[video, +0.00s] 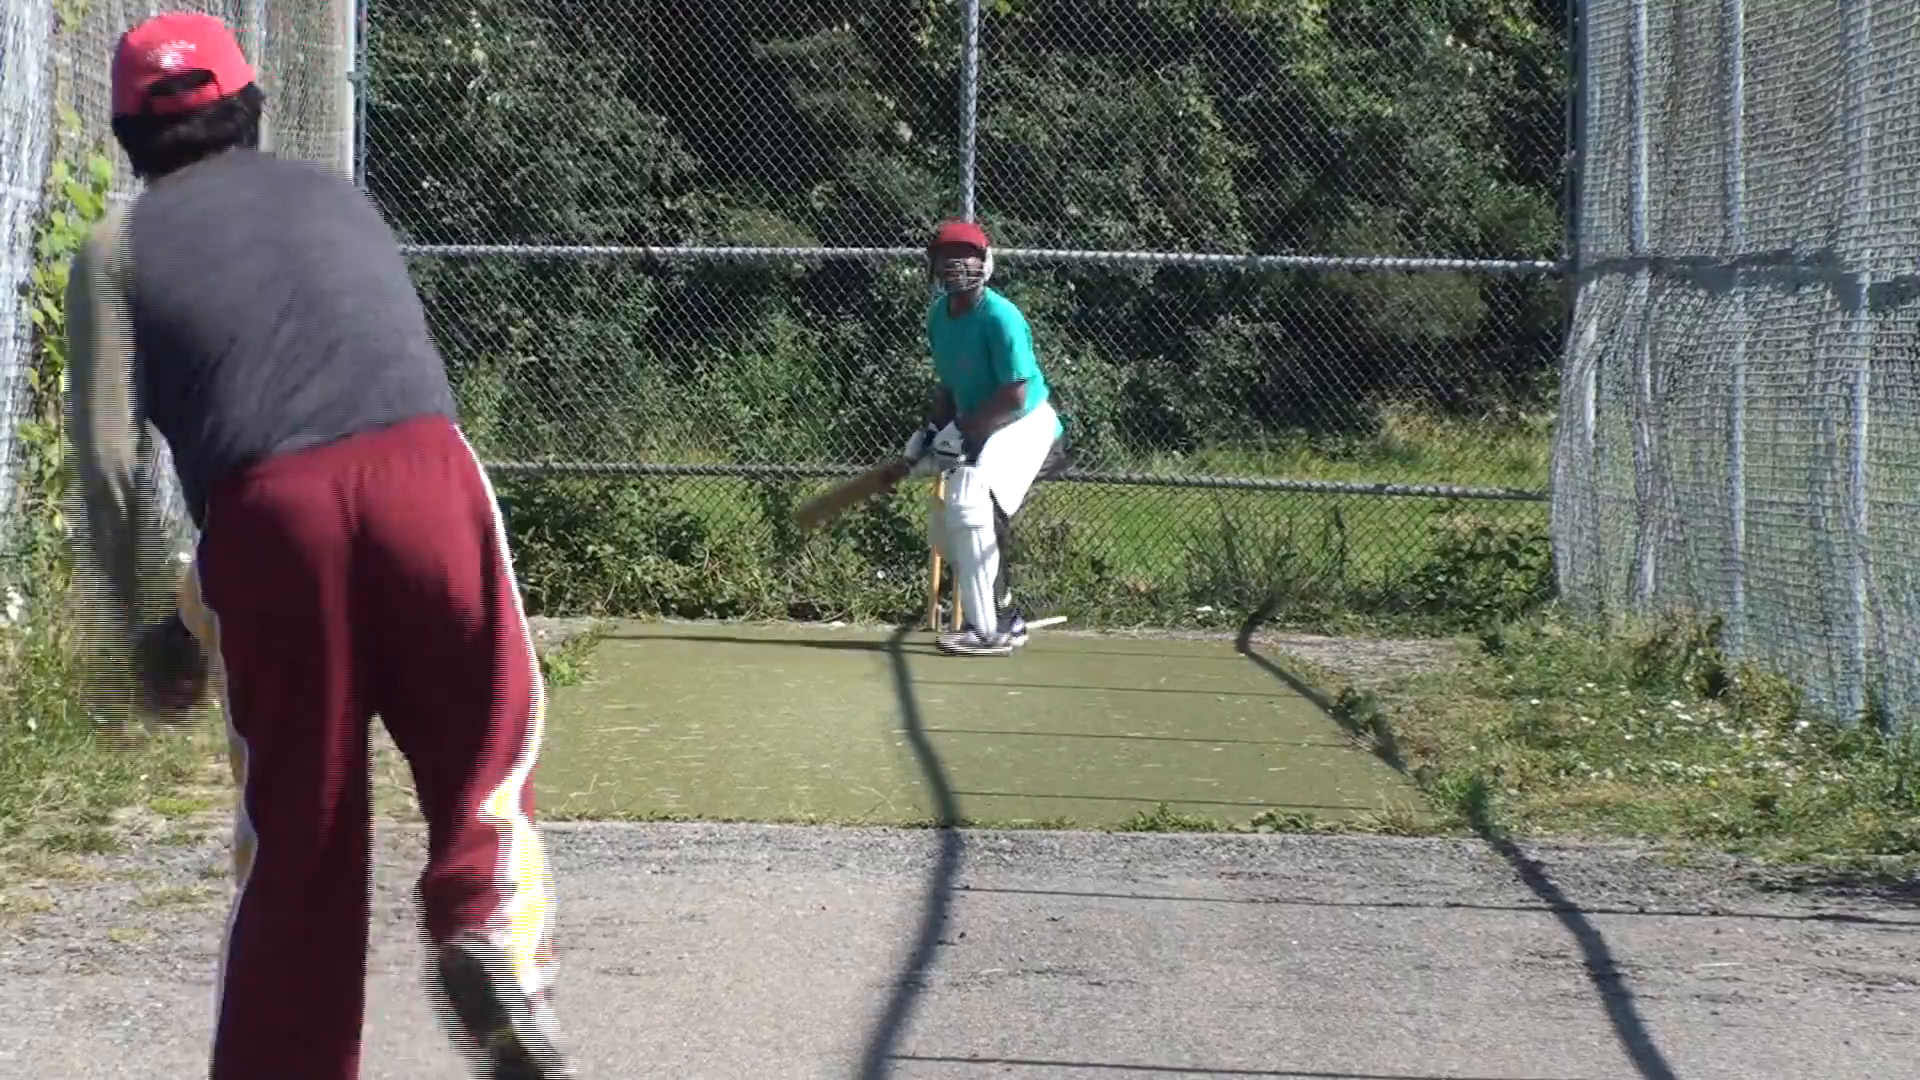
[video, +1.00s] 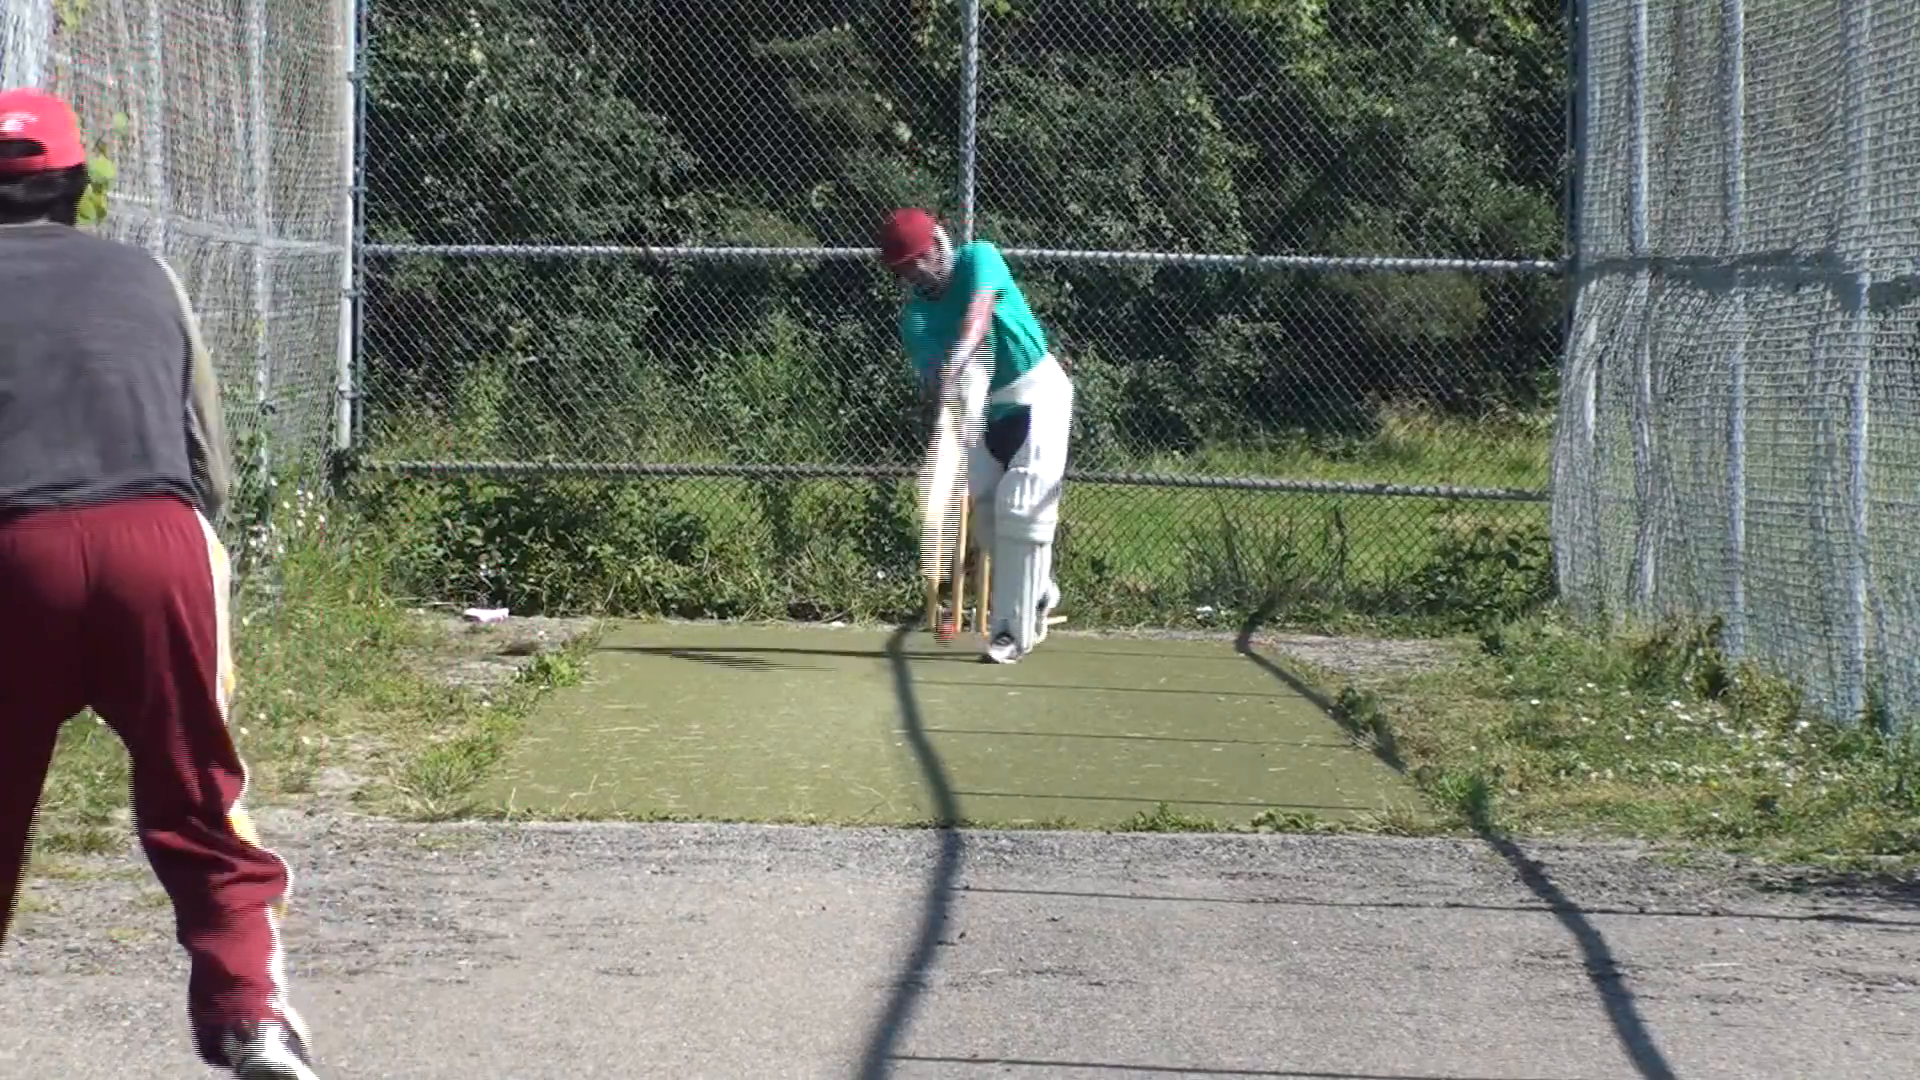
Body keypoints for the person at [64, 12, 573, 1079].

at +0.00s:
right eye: (231, 105)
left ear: (129, 136)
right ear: (252, 111)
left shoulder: (116, 243)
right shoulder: (336, 192)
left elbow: (112, 461)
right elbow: (378, 359)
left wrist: (149, 622)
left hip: (272, 506)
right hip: (426, 468)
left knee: (301, 817)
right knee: (484, 736)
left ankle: (280, 1061)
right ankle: (486, 936)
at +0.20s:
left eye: (152, 114)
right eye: (221, 103)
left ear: (137, 123)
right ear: (255, 114)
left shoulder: (138, 208)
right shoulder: (319, 202)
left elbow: (17, 279)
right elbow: (314, 396)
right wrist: (177, 506)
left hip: (273, 496)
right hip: (413, 482)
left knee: (283, 809)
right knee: (445, 794)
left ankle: (281, 1060)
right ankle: (507, 1058)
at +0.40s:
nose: (192, 148)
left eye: (180, 134)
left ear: (172, 141)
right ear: (286, 144)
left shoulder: (165, 230)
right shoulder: (338, 246)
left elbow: (47, 332)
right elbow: (262, 413)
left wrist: (6, 377)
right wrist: (94, 470)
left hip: (224, 560)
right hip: (348, 556)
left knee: (210, 796)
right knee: (302, 796)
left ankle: (249, 1038)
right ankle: (284, 1029)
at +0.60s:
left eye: (138, 126)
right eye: (215, 126)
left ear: (129, 135)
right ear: (239, 140)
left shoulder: (107, 229)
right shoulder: (294, 246)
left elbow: (92, 413)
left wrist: (53, 606)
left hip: (162, 555)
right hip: (294, 552)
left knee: (95, 819)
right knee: (260, 837)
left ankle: (111, 1035)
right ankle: (272, 1060)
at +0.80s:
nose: (104, 158)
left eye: (57, 145)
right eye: (122, 141)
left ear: (38, 155)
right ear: (148, 153)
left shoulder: (23, 248)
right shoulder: (209, 253)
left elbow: (10, 419)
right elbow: (230, 407)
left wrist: (6, 570)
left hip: (69, 570)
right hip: (208, 564)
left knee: (9, 845)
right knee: (232, 852)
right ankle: (256, 1058)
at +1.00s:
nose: (54, 190)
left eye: (27, 177)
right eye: (70, 177)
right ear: (76, 183)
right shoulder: (143, 271)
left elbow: (207, 445)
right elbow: (205, 446)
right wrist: (194, 543)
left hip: (20, 555)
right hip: (157, 545)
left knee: (2, 821)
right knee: (198, 792)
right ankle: (246, 1018)